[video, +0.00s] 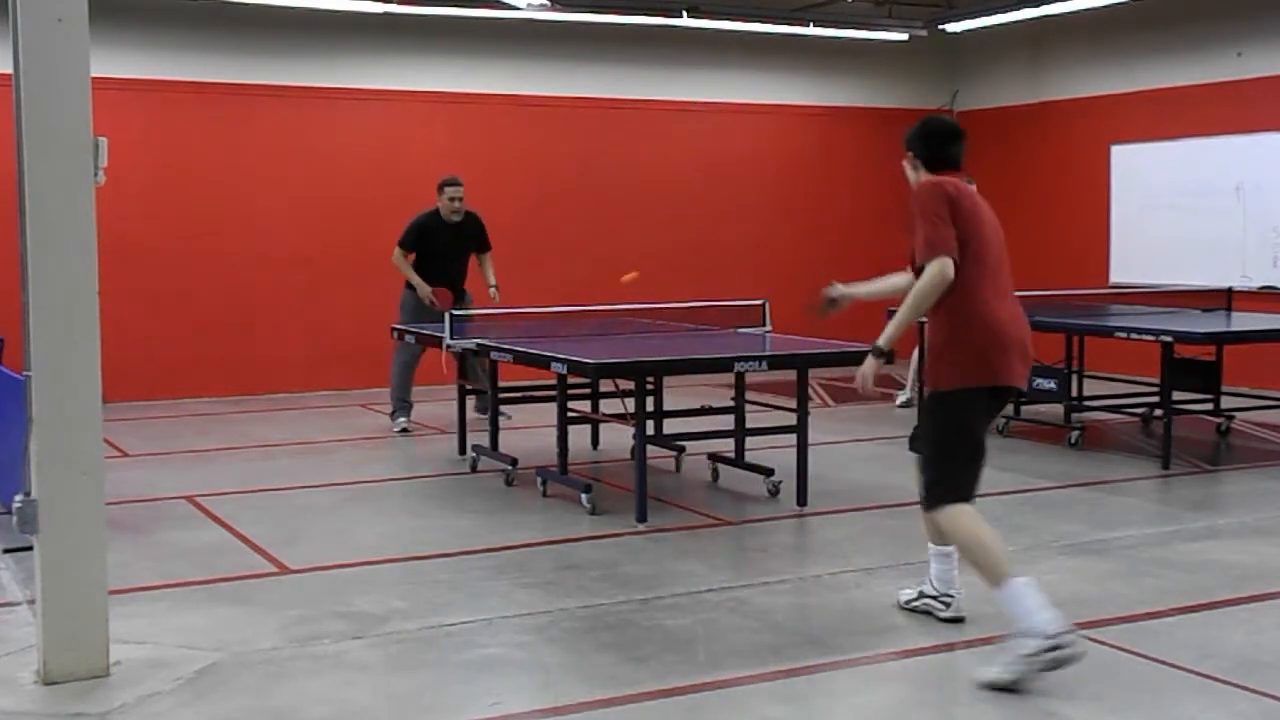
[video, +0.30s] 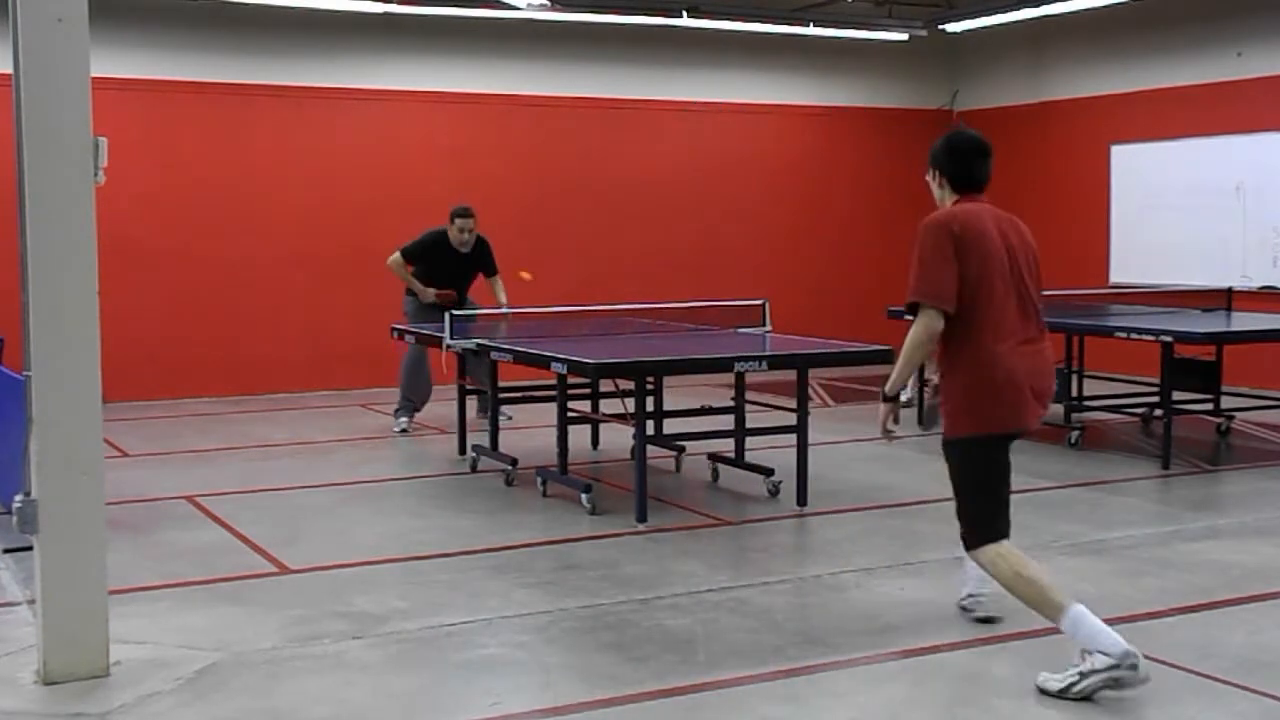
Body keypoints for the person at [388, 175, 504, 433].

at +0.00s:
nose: (457, 205)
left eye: (460, 199)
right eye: (451, 199)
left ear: (465, 200)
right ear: (439, 200)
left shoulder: (473, 223)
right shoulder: (423, 224)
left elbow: (483, 255)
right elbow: (398, 256)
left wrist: (492, 284)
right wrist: (419, 285)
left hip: (457, 298)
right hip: (420, 297)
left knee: (473, 349)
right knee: (408, 351)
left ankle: (485, 402)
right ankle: (400, 411)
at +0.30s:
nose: (466, 237)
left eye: (470, 231)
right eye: (461, 231)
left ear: (476, 229)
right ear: (450, 228)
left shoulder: (480, 246)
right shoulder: (433, 241)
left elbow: (494, 278)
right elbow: (394, 262)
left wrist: (502, 301)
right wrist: (421, 290)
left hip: (458, 303)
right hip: (423, 303)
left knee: (481, 345)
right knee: (417, 348)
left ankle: (487, 404)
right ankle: (405, 411)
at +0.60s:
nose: (461, 252)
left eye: (465, 247)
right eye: (456, 246)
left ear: (469, 242)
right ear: (443, 238)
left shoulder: (465, 253)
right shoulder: (429, 242)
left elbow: (466, 276)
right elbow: (427, 254)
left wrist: (472, 295)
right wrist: (467, 267)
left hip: (432, 302)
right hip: (400, 300)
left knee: (451, 350)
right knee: (402, 349)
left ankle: (469, 403)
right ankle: (402, 411)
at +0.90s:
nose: (473, 245)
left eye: (476, 240)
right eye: (469, 238)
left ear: (480, 237)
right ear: (454, 231)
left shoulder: (468, 252)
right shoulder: (432, 243)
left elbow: (463, 276)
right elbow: (401, 271)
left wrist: (469, 304)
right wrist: (422, 303)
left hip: (434, 300)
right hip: (402, 297)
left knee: (448, 351)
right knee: (400, 355)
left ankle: (461, 402)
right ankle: (402, 411)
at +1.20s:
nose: (473, 223)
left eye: (476, 217)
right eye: (468, 216)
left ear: (479, 217)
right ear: (454, 214)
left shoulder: (475, 239)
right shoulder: (431, 229)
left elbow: (477, 268)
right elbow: (399, 251)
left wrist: (487, 294)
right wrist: (419, 284)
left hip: (440, 298)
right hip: (407, 294)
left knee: (451, 350)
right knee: (397, 346)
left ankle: (464, 405)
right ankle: (377, 407)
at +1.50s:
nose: (444, 216)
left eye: (448, 211)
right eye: (439, 211)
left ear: (452, 211)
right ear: (427, 211)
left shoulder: (462, 236)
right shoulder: (412, 232)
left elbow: (473, 263)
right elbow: (390, 254)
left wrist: (477, 289)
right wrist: (395, 286)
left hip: (443, 304)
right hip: (407, 304)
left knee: (460, 351)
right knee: (391, 351)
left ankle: (473, 402)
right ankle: (373, 407)